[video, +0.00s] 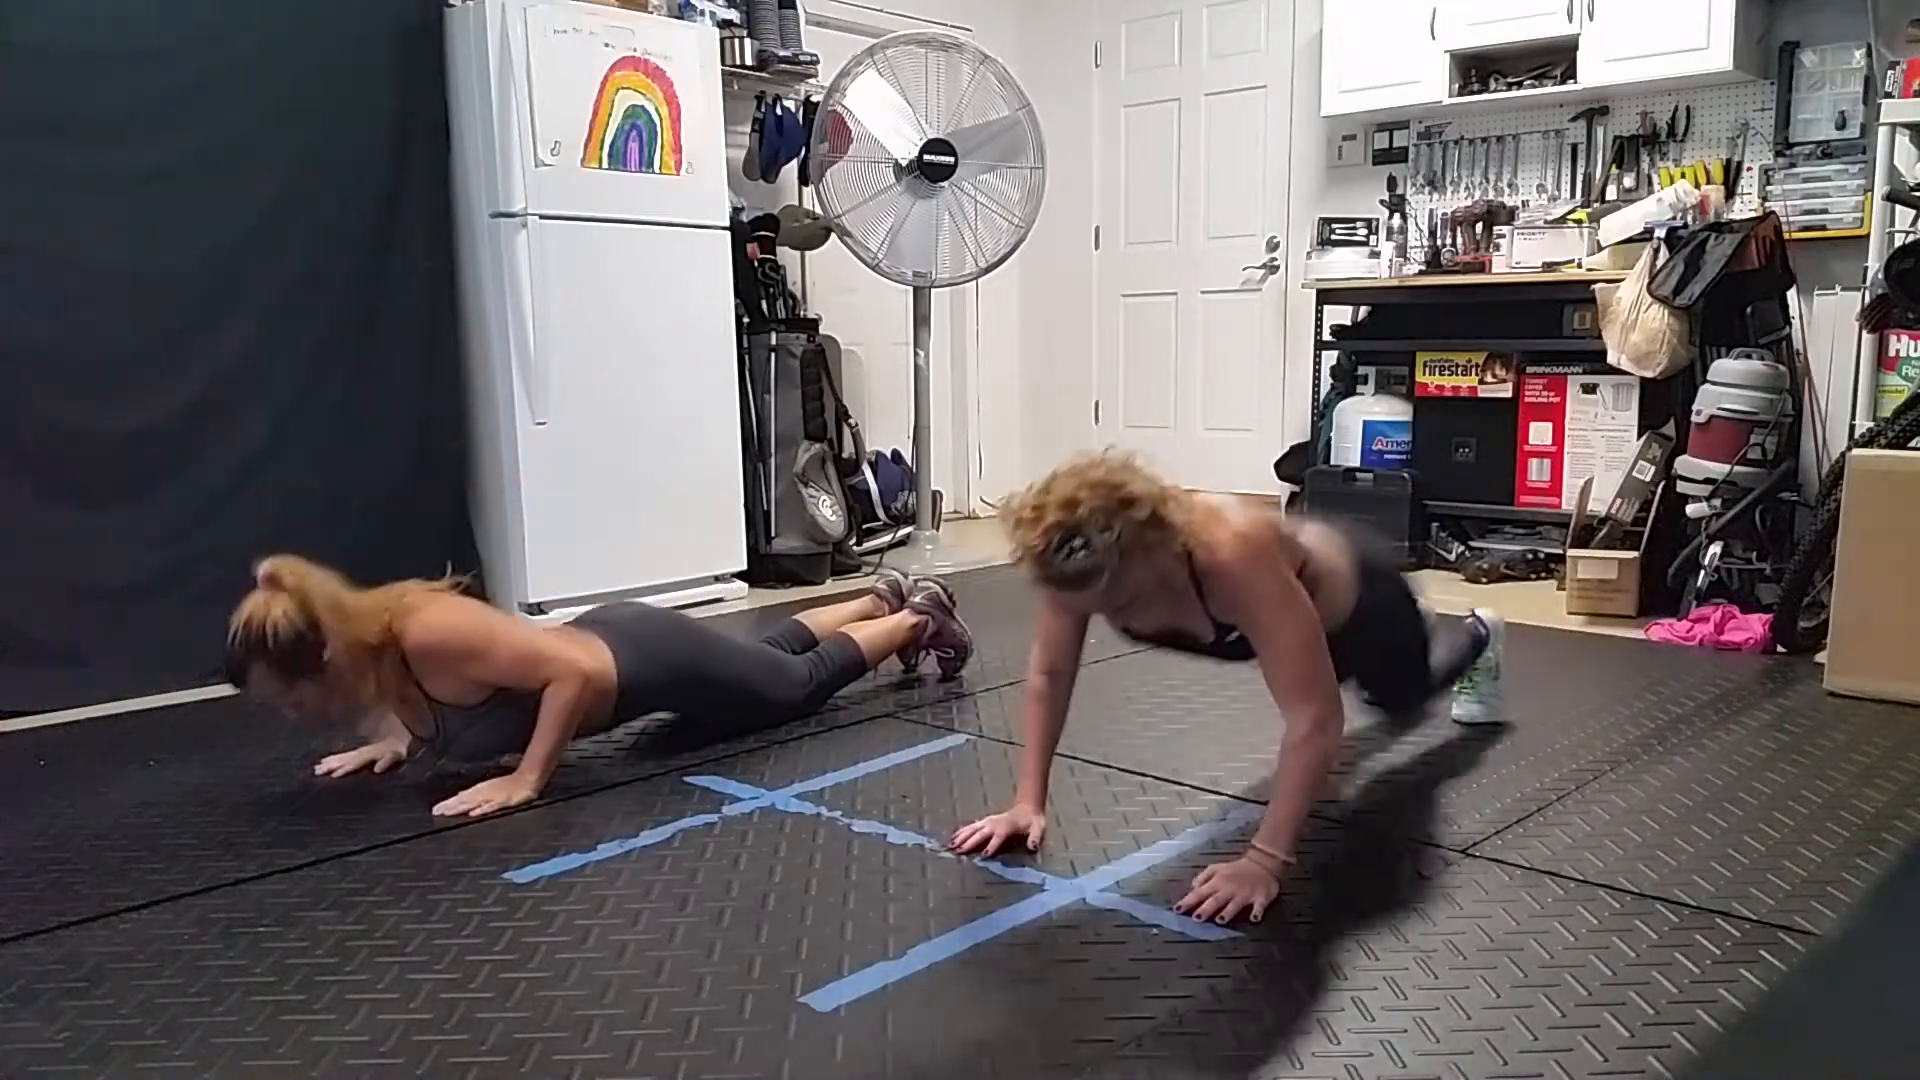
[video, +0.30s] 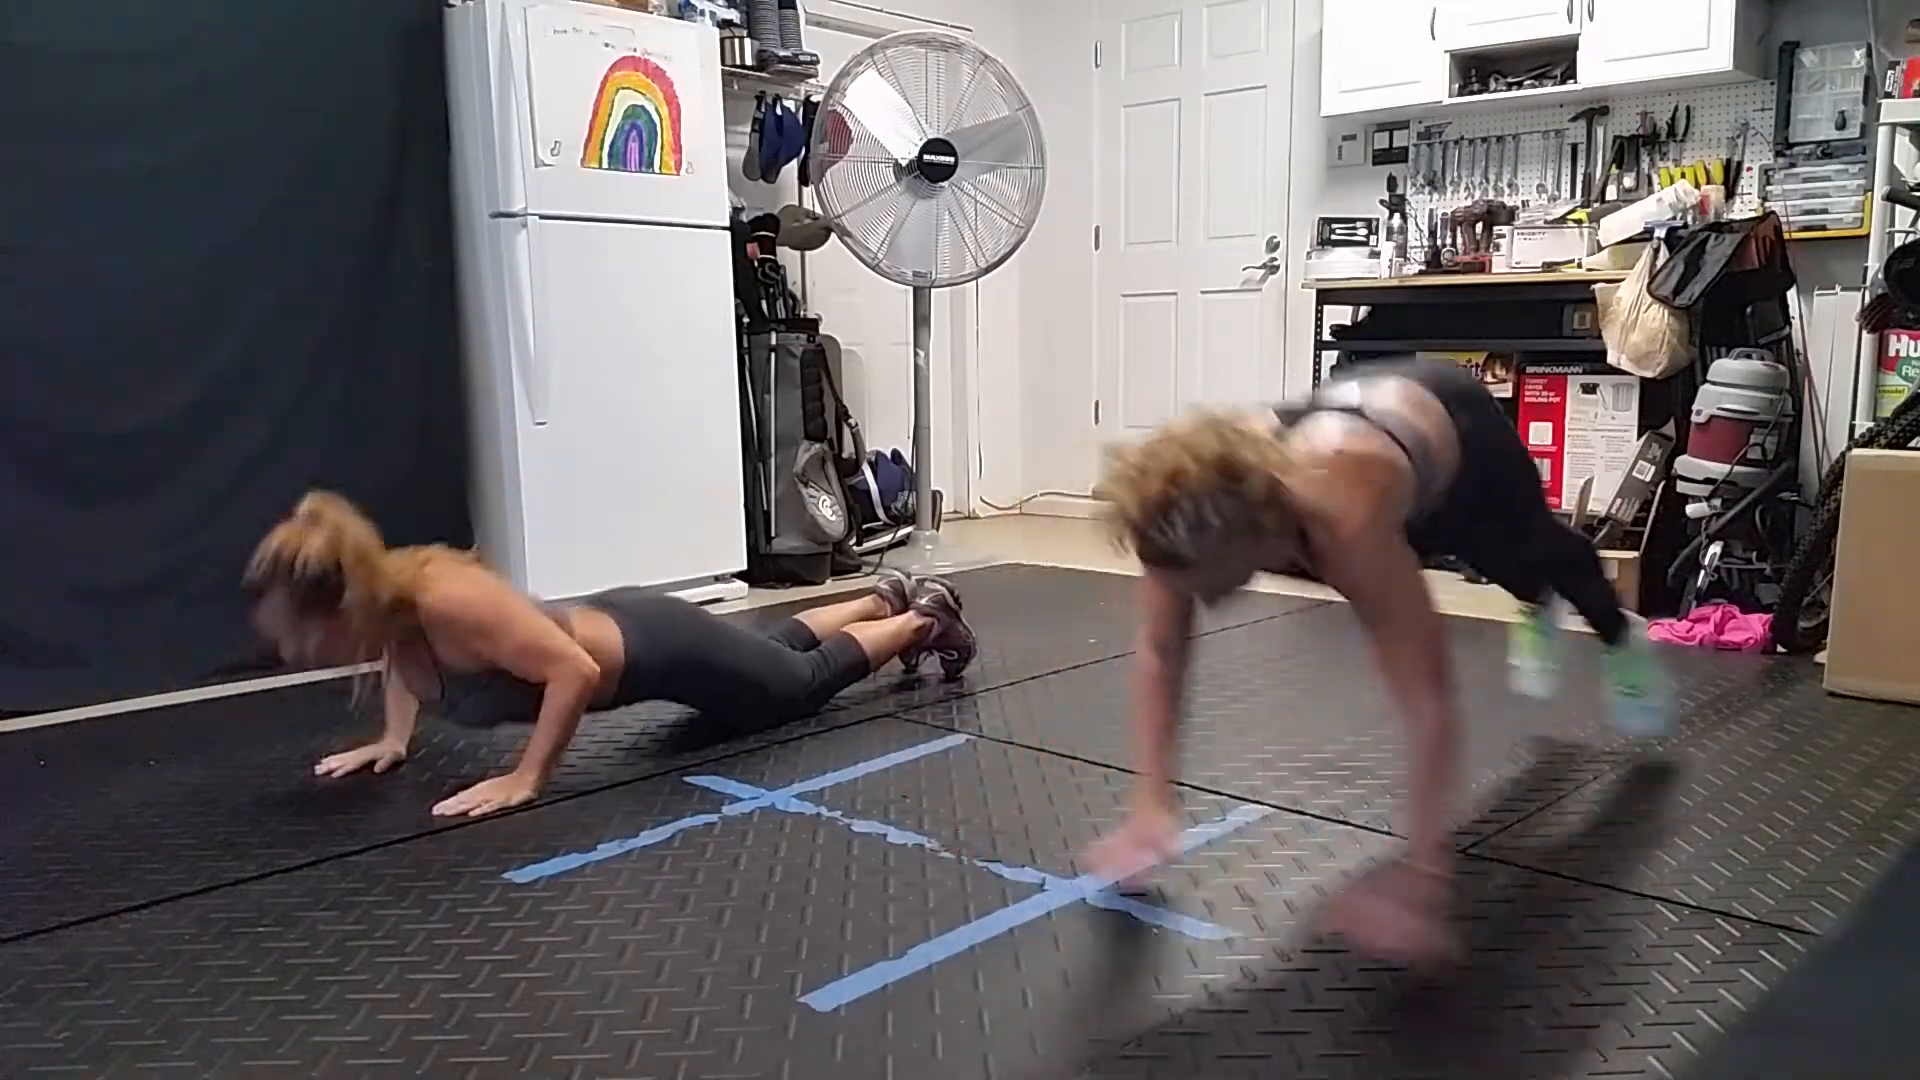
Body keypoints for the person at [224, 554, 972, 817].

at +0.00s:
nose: (296, 716)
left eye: (291, 699)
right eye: (282, 706)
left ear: (322, 662)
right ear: (318, 658)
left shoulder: (430, 638)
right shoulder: (370, 644)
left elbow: (580, 667)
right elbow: (425, 681)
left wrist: (525, 779)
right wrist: (400, 734)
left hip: (651, 660)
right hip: (607, 638)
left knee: (806, 681)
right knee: (761, 644)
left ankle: (914, 620)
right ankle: (871, 599)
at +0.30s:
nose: (289, 657)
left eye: (289, 641)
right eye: (280, 644)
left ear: (330, 609)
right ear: (327, 600)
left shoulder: (446, 602)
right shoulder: (387, 603)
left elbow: (574, 671)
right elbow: (404, 666)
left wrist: (522, 779)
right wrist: (394, 738)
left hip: (658, 646)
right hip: (617, 627)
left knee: (807, 672)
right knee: (763, 645)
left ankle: (920, 622)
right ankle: (878, 601)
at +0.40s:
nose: (298, 585)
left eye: (302, 568)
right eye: (290, 569)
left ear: (354, 544)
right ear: (345, 547)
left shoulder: (464, 562)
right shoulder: (391, 572)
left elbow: (568, 666)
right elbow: (405, 643)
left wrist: (522, 779)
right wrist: (393, 739)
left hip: (661, 633)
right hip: (622, 612)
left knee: (809, 684)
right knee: (773, 643)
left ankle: (923, 623)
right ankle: (885, 598)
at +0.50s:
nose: (326, 511)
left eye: (338, 494)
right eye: (322, 495)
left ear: (397, 482)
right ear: (376, 487)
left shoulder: (493, 530)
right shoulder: (399, 538)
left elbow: (556, 659)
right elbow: (409, 638)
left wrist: (524, 777)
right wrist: (394, 739)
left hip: (674, 623)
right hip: (632, 606)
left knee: (807, 680)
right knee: (773, 643)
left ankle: (924, 627)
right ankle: (878, 598)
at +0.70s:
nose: (409, 414)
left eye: (428, 401)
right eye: (407, 397)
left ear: (490, 412)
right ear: (426, 408)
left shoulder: (545, 506)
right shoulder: (439, 479)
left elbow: (541, 655)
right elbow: (403, 595)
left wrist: (525, 776)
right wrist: (365, 708)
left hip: (704, 602)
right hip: (666, 584)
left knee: (814, 679)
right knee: (775, 648)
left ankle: (924, 622)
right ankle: (877, 600)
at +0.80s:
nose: (436, 395)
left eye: (455, 384)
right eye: (436, 379)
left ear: (521, 406)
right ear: (458, 393)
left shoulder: (555, 506)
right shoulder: (457, 463)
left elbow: (545, 649)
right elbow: (363, 548)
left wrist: (525, 774)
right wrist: (280, 642)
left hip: (718, 602)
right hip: (682, 560)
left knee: (823, 676)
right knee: (785, 619)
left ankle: (924, 626)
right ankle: (882, 597)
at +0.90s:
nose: (450, 394)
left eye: (471, 381)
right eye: (450, 377)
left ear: (533, 399)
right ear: (458, 390)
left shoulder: (566, 504)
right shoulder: (462, 445)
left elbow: (548, 648)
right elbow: (335, 469)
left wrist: (525, 777)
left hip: (724, 592)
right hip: (683, 553)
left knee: (822, 682)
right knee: (778, 610)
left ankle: (924, 626)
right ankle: (880, 602)